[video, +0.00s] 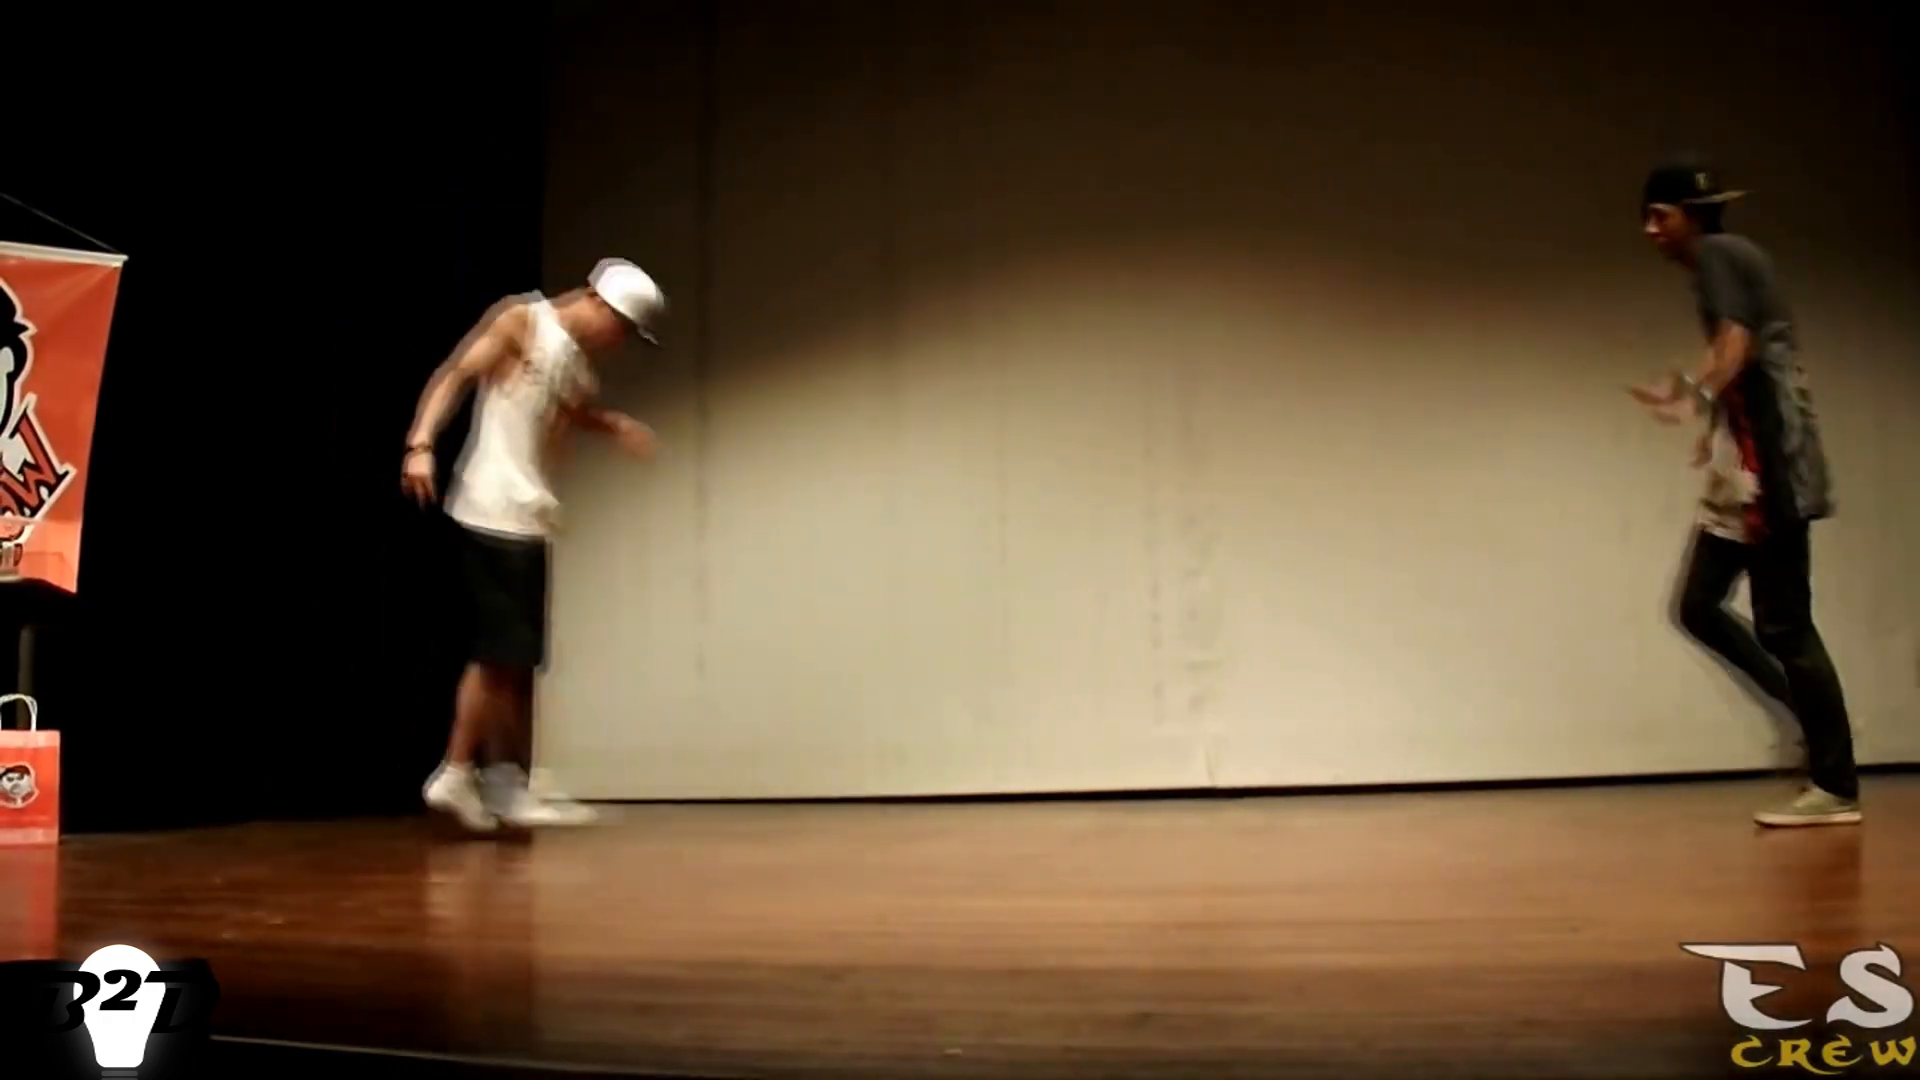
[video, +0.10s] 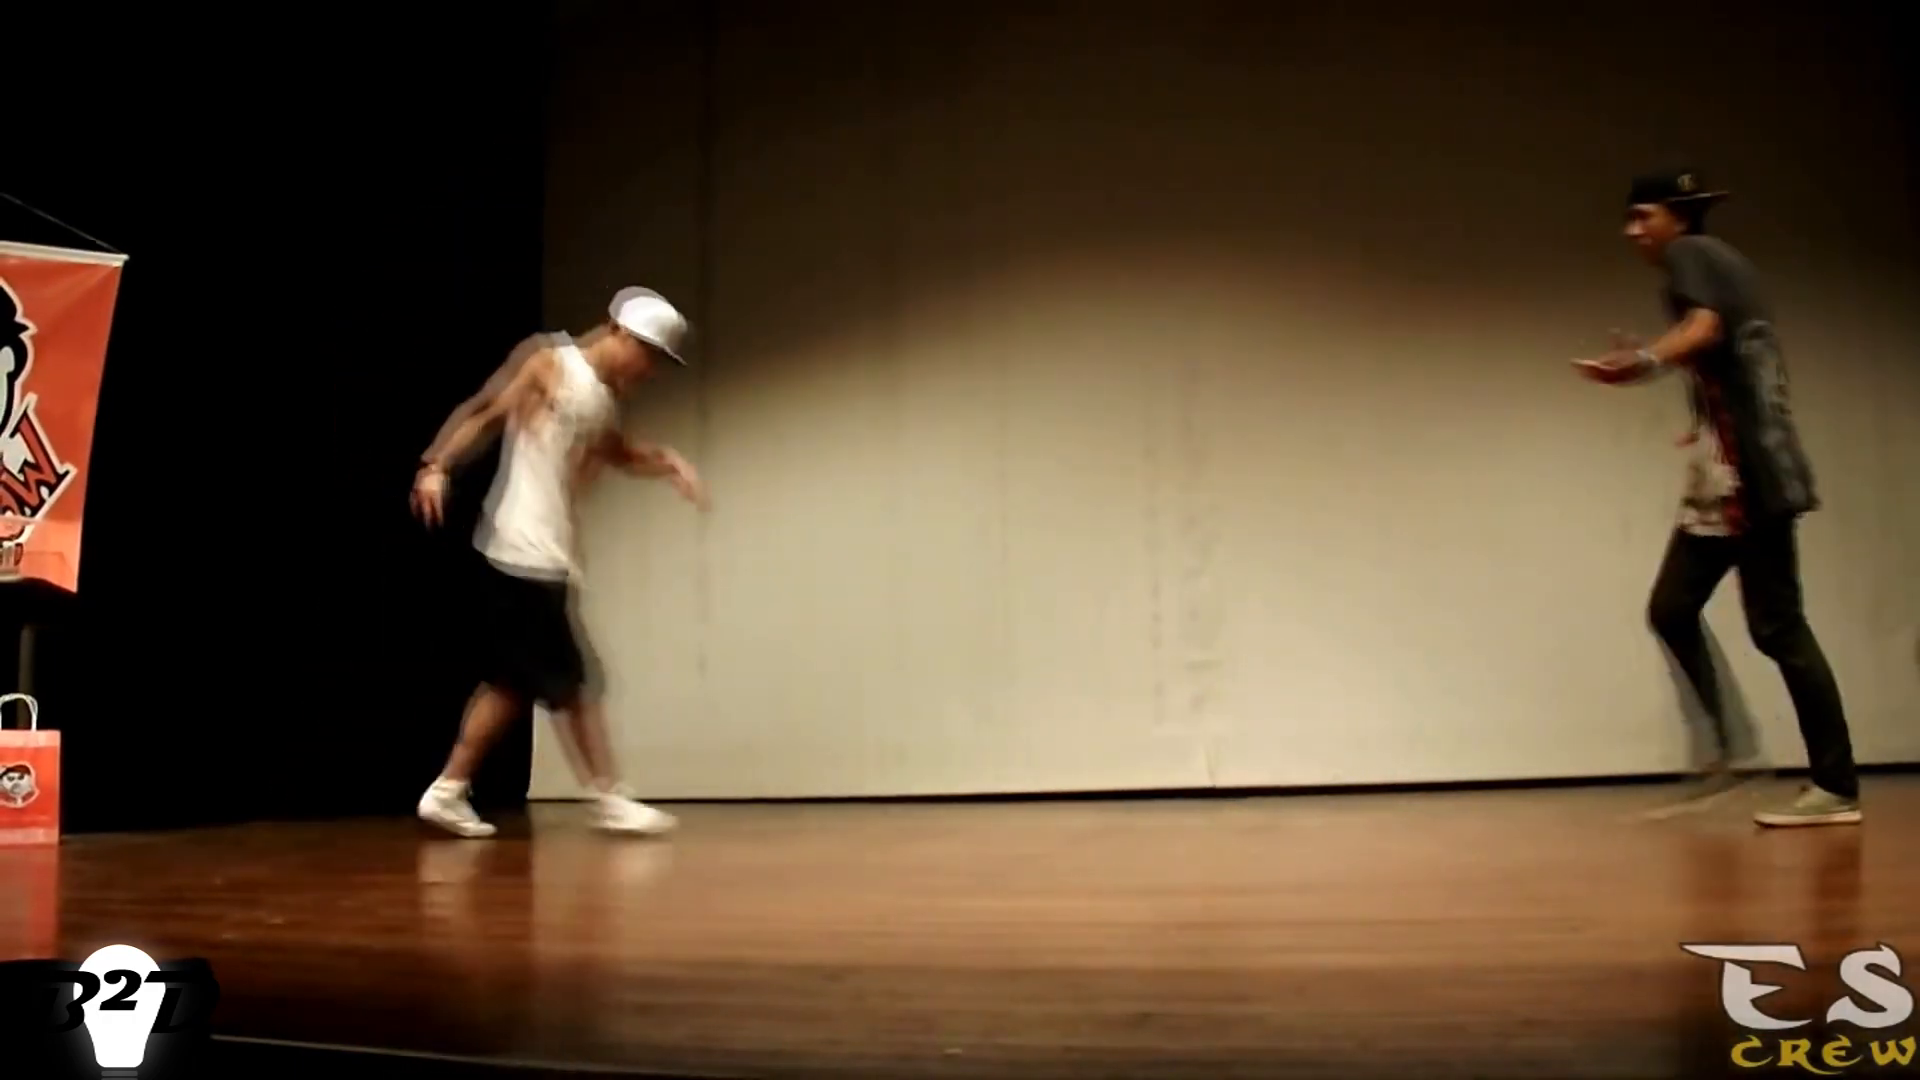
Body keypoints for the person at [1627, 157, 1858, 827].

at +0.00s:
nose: (1652, 233)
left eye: (1658, 218)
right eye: (1649, 220)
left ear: (1688, 215)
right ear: (1693, 217)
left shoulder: (1719, 255)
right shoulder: (1724, 260)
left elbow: (1735, 344)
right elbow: (1745, 357)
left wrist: (1691, 396)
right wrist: (1689, 396)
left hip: (1772, 483)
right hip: (1748, 483)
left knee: (1786, 630)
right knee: (1697, 608)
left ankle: (1837, 787)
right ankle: (1811, 720)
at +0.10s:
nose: (1633, 230)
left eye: (1642, 217)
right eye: (1631, 219)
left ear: (1675, 216)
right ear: (1677, 219)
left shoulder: (1691, 255)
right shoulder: (1718, 263)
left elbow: (1706, 324)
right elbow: (1738, 372)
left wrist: (1639, 359)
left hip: (1746, 487)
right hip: (1739, 488)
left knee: (1780, 630)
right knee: (1669, 613)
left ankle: (1836, 786)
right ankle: (1730, 750)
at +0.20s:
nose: (1609, 237)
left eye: (1620, 224)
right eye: (1608, 226)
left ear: (1655, 226)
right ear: (1641, 233)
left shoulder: (1678, 268)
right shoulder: (1666, 281)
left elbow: (1679, 337)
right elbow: (1671, 355)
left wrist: (1606, 374)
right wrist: (1599, 373)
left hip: (1729, 493)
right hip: (1707, 496)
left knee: (1767, 634)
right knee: (1663, 631)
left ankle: (1835, 784)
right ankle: (1638, 784)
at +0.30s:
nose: (1585, 242)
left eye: (1597, 229)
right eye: (1582, 232)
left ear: (1632, 233)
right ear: (1601, 241)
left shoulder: (1660, 286)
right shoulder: (1641, 298)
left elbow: (1657, 363)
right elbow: (1670, 405)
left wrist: (1588, 421)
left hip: (1703, 503)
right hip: (1672, 506)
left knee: (1737, 634)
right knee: (1632, 633)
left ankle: (1831, 778)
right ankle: (1623, 794)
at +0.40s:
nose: (1559, 249)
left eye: (1570, 236)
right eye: (1557, 238)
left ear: (1605, 239)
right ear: (1579, 245)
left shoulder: (1632, 290)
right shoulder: (1614, 300)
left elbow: (1627, 385)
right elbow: (1642, 408)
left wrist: (1596, 477)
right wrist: (1615, 497)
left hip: (1657, 502)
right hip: (1627, 504)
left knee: (1667, 635)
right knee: (1599, 638)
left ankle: (1800, 754)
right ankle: (1619, 793)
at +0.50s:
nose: (1534, 243)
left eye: (1546, 231)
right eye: (1532, 233)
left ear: (1582, 236)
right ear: (1558, 244)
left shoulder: (1613, 289)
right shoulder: (1592, 300)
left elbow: (1611, 395)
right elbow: (1602, 404)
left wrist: (1602, 492)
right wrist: (1593, 496)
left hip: (1616, 497)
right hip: (1600, 499)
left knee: (1594, 630)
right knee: (1595, 634)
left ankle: (1733, 725)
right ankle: (1620, 790)